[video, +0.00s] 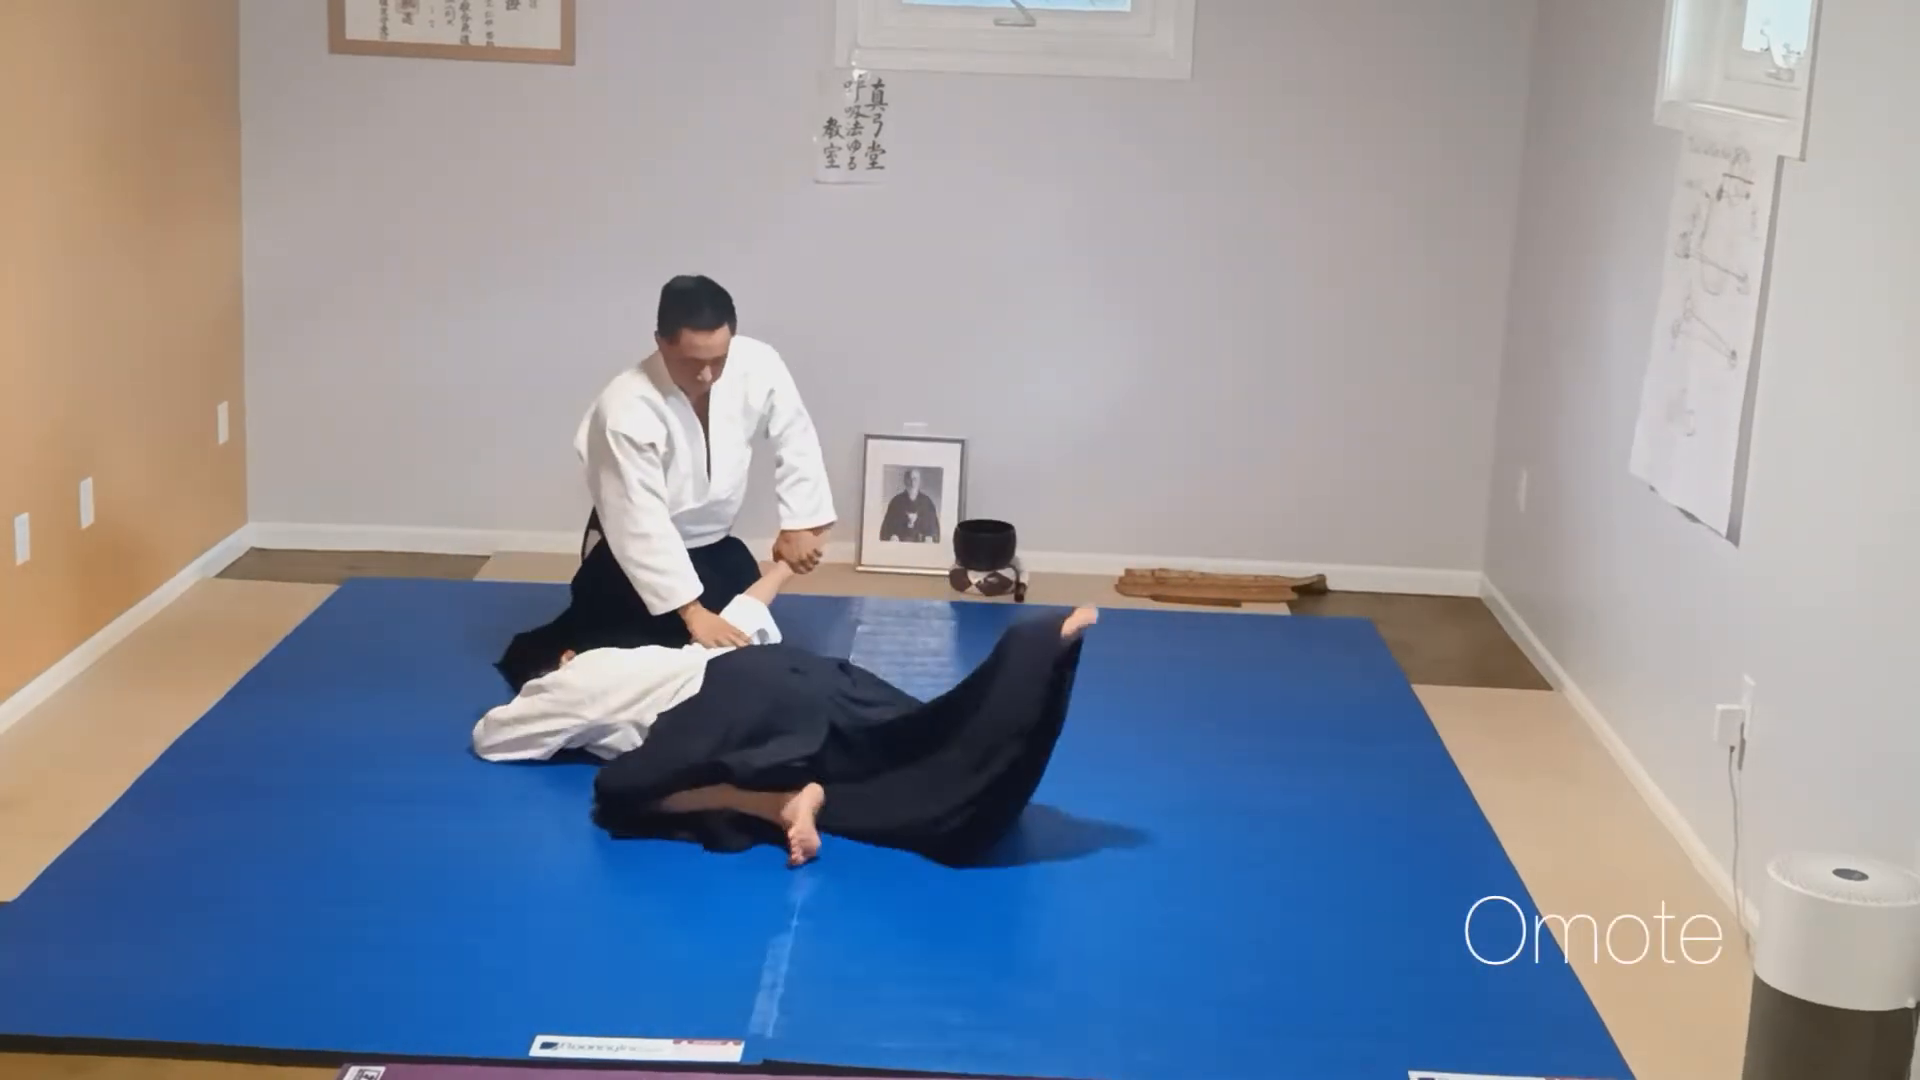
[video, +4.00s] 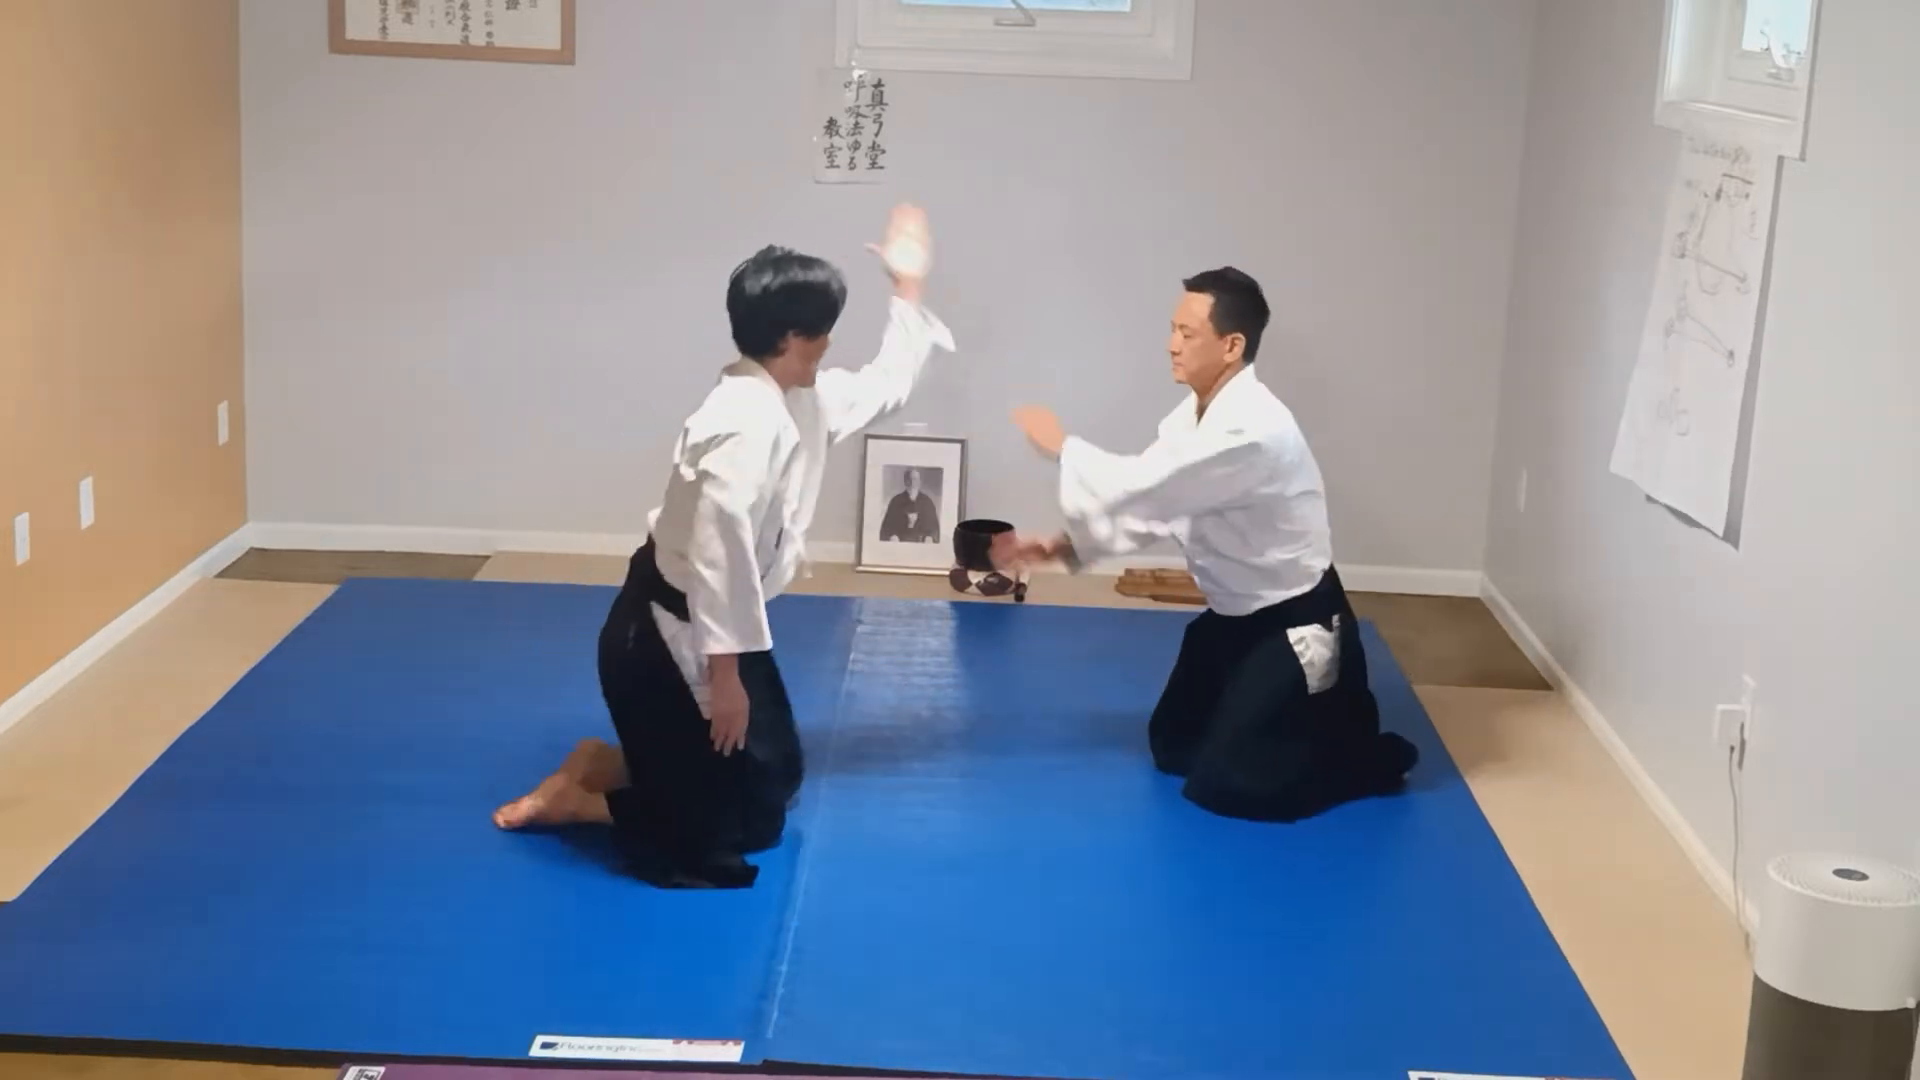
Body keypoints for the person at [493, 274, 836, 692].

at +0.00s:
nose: (708, 375)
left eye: (718, 361)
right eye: (694, 364)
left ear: (730, 339)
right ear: (662, 343)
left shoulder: (758, 367)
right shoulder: (626, 412)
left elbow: (797, 443)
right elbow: (638, 525)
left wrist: (798, 525)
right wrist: (694, 611)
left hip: (717, 552)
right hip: (635, 563)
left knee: (751, 644)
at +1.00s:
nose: (700, 375)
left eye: (710, 361)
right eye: (686, 364)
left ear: (723, 339)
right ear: (657, 345)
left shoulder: (749, 374)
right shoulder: (623, 416)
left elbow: (792, 451)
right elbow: (634, 528)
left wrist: (796, 541)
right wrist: (691, 616)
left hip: (714, 565)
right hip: (630, 573)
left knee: (760, 672)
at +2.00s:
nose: (661, 427)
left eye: (676, 414)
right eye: (649, 412)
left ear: (700, 399)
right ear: (634, 388)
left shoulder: (733, 413)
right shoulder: (605, 455)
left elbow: (795, 471)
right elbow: (652, 554)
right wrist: (730, 506)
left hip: (709, 585)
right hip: (616, 588)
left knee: (778, 677)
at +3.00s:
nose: (616, 455)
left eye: (634, 448)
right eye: (609, 439)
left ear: (669, 435)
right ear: (600, 416)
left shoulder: (722, 445)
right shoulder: (579, 475)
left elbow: (740, 548)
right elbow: (619, 575)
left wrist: (667, 597)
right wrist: (700, 519)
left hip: (701, 590)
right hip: (607, 596)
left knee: (783, 671)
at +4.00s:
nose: (829, 343)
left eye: (830, 331)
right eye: (823, 331)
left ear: (772, 336)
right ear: (790, 340)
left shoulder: (802, 401)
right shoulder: (748, 419)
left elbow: (886, 383)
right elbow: (716, 537)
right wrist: (724, 668)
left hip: (724, 620)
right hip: (665, 637)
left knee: (774, 776)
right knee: (744, 821)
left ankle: (613, 769)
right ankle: (580, 805)